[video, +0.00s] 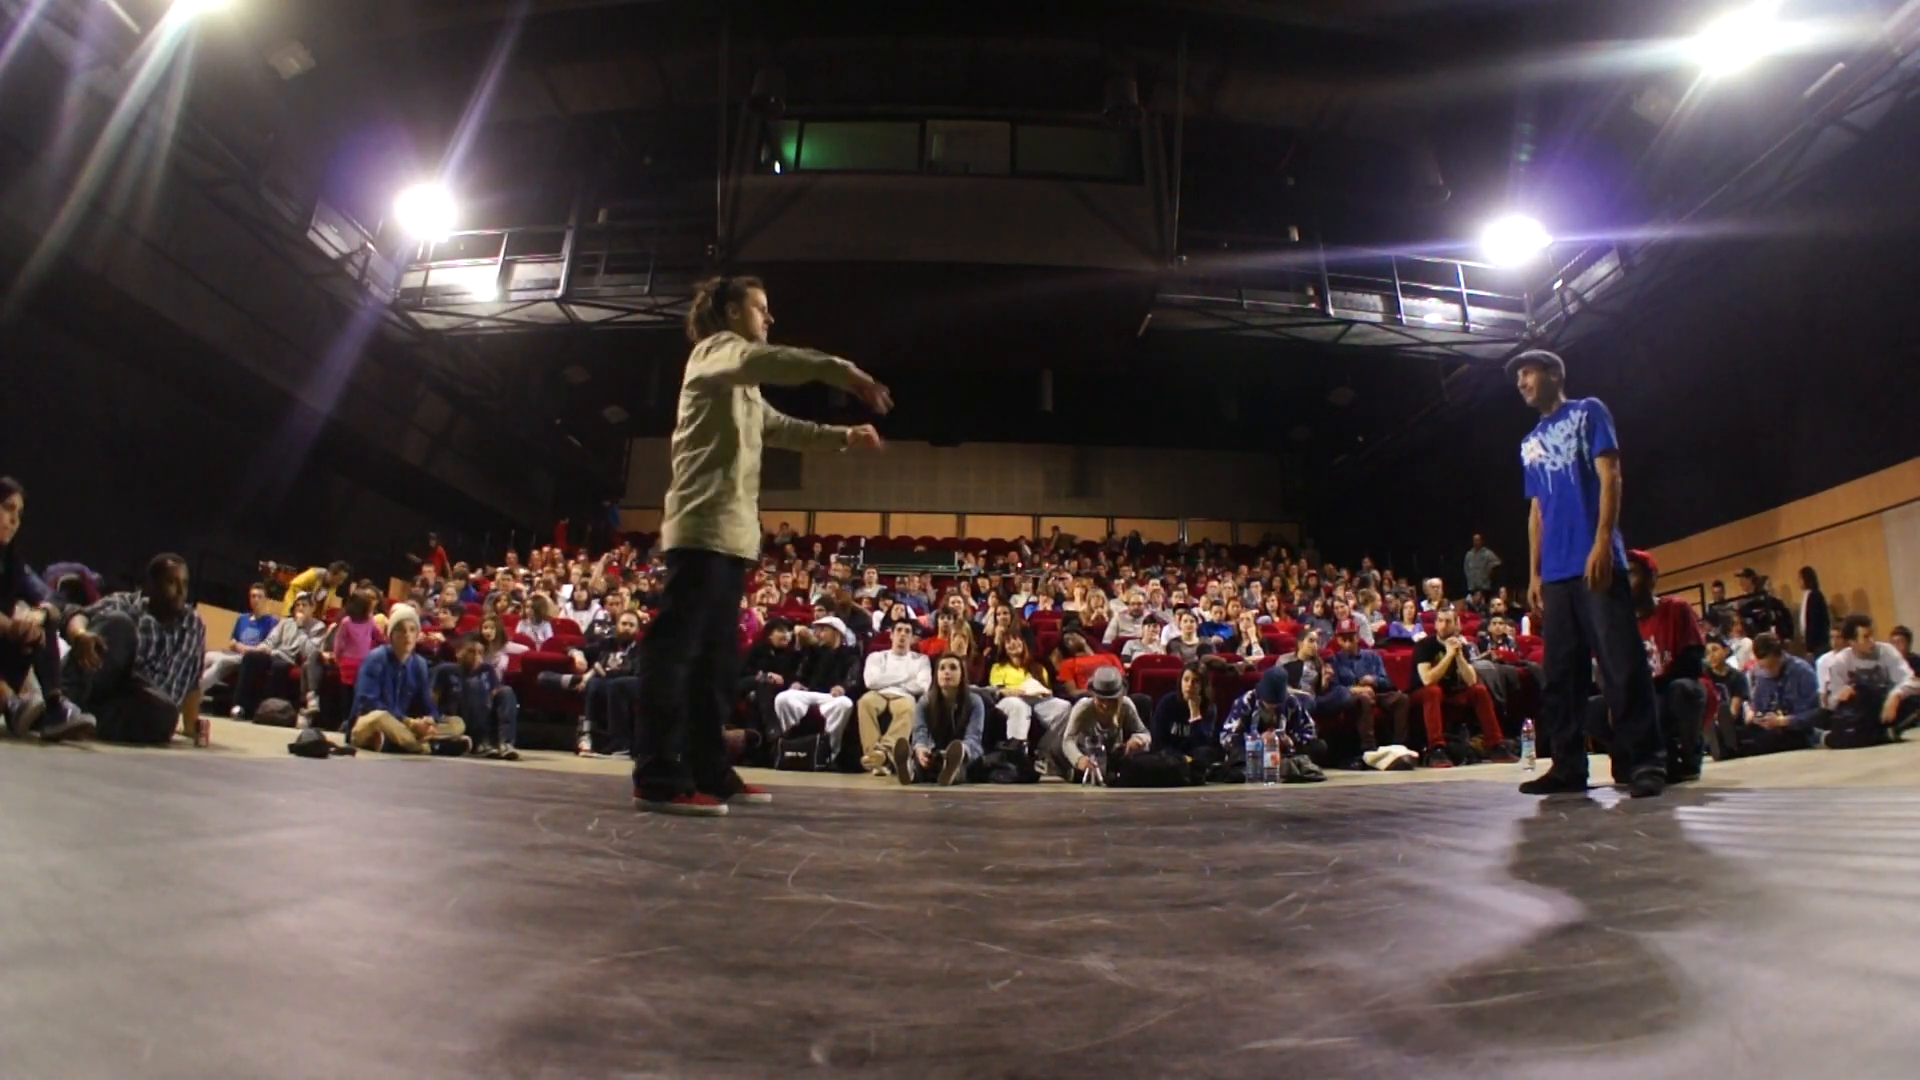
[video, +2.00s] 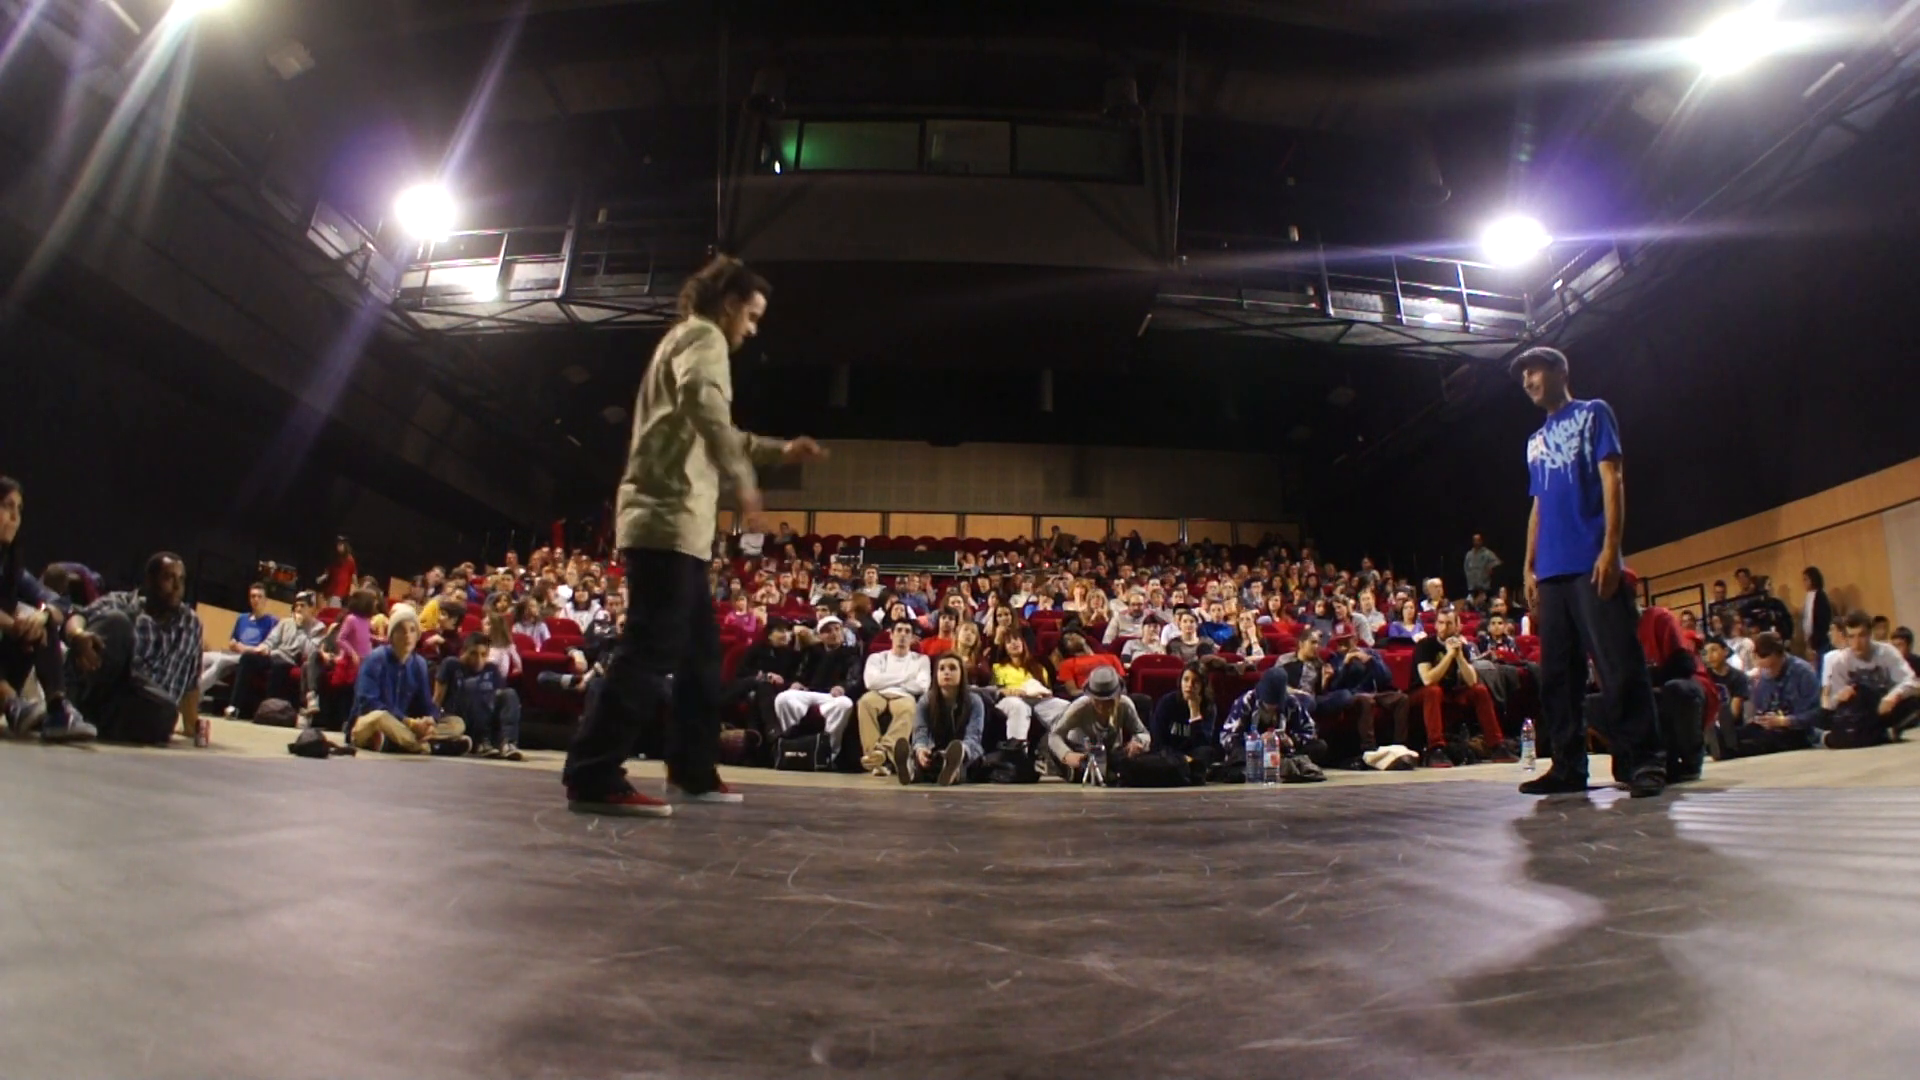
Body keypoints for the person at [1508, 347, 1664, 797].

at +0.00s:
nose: (1522, 383)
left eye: (1529, 373)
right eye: (1519, 378)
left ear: (1555, 375)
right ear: (1522, 389)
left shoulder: (1588, 411)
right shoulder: (1529, 445)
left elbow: (1611, 477)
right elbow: (1536, 511)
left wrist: (1603, 542)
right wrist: (1535, 572)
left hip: (1597, 564)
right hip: (1555, 574)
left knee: (1623, 667)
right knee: (1561, 674)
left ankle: (1644, 763)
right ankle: (1568, 766)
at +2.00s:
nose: (1527, 381)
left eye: (1534, 370)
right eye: (1523, 376)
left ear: (1560, 372)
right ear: (1526, 387)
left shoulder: (1593, 412)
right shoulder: (1535, 442)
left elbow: (1613, 480)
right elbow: (1538, 506)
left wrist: (1611, 549)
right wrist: (1529, 566)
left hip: (1592, 566)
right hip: (1550, 574)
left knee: (1621, 669)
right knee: (1558, 674)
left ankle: (1644, 763)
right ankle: (1568, 767)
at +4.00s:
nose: (1539, 375)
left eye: (1546, 366)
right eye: (1535, 371)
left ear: (1573, 370)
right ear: (1538, 385)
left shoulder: (1610, 403)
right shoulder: (1546, 441)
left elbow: (1641, 466)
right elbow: (1555, 508)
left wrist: (1661, 534)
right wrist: (1554, 572)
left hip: (1629, 544)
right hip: (1587, 557)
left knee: (1636, 643)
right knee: (1596, 657)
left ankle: (1660, 757)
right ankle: (1616, 760)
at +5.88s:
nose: (1575, 355)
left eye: (1583, 345)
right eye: (1572, 351)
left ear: (1613, 349)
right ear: (1577, 363)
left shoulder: (1644, 390)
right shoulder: (1583, 423)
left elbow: (1667, 460)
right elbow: (1588, 492)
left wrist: (1671, 532)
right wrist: (1584, 556)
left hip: (1648, 551)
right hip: (1605, 561)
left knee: (1670, 660)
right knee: (1613, 666)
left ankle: (1691, 764)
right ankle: (1622, 764)